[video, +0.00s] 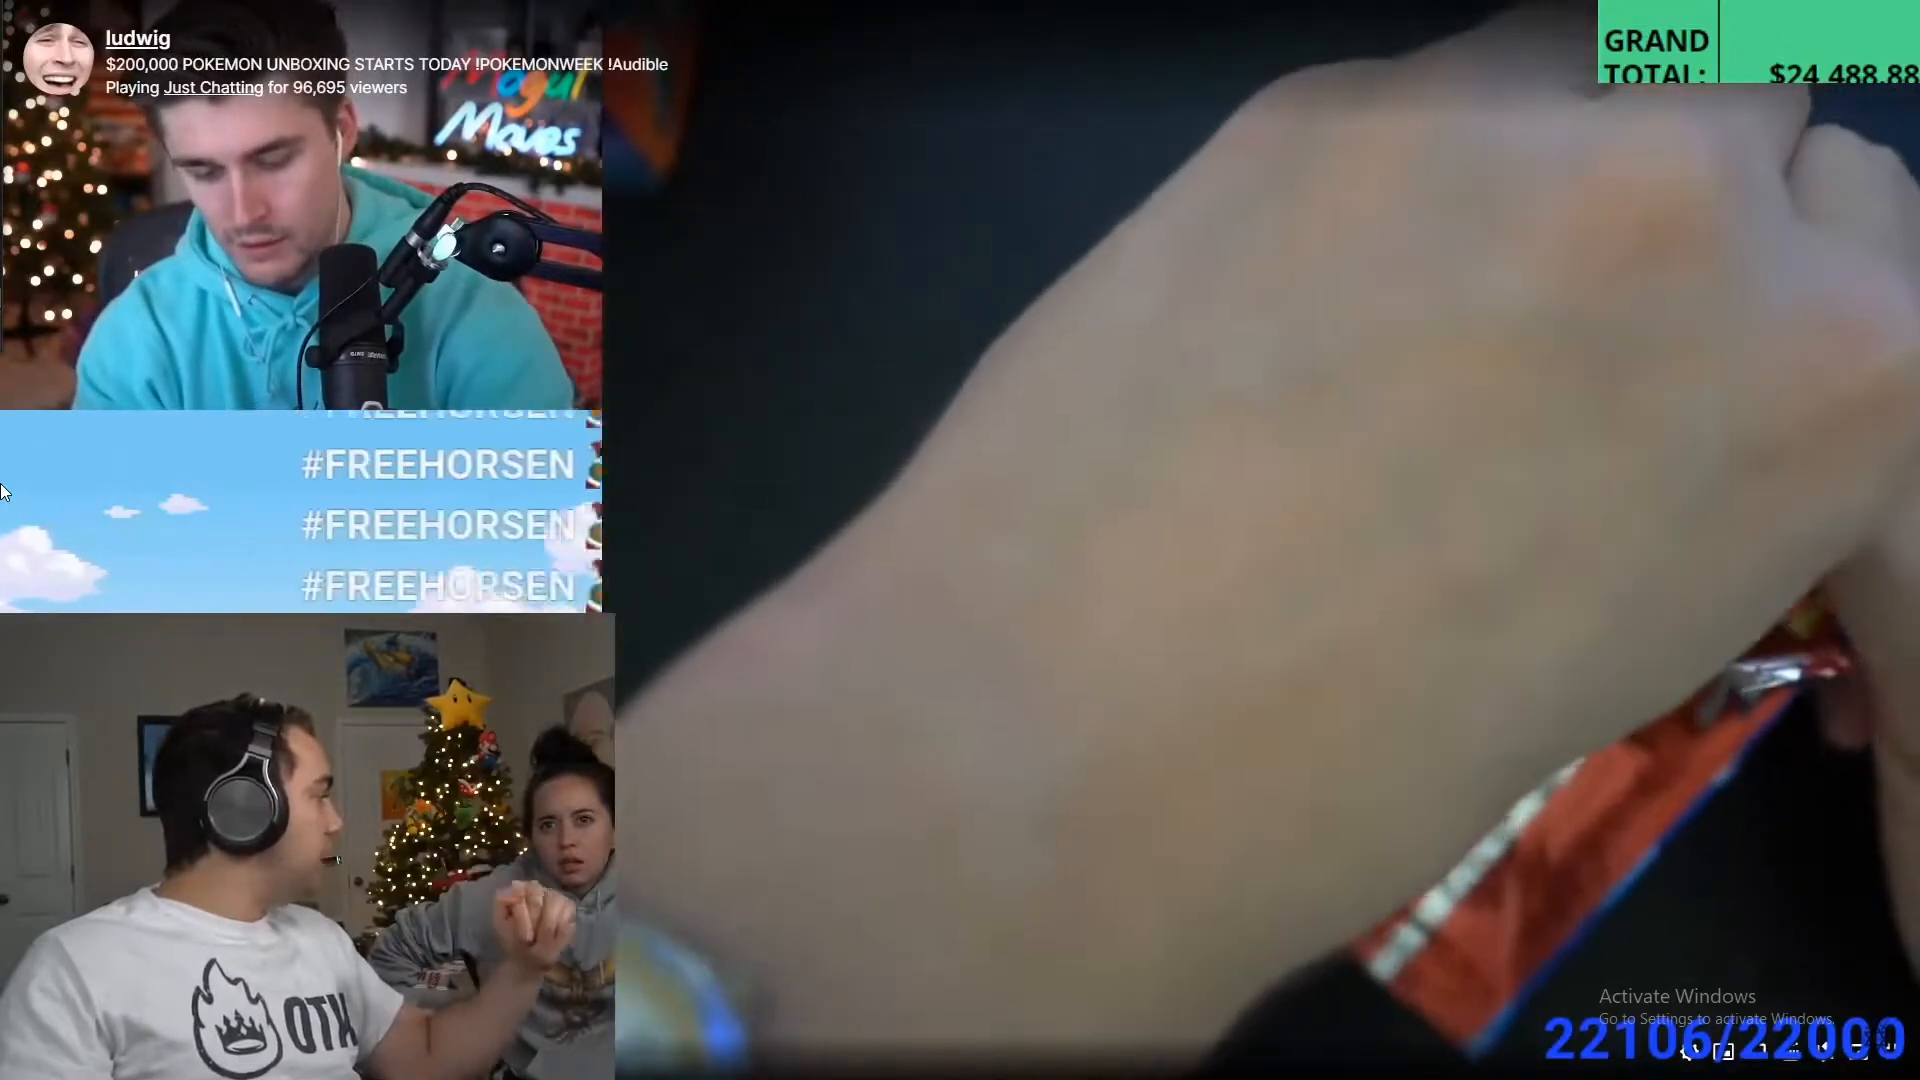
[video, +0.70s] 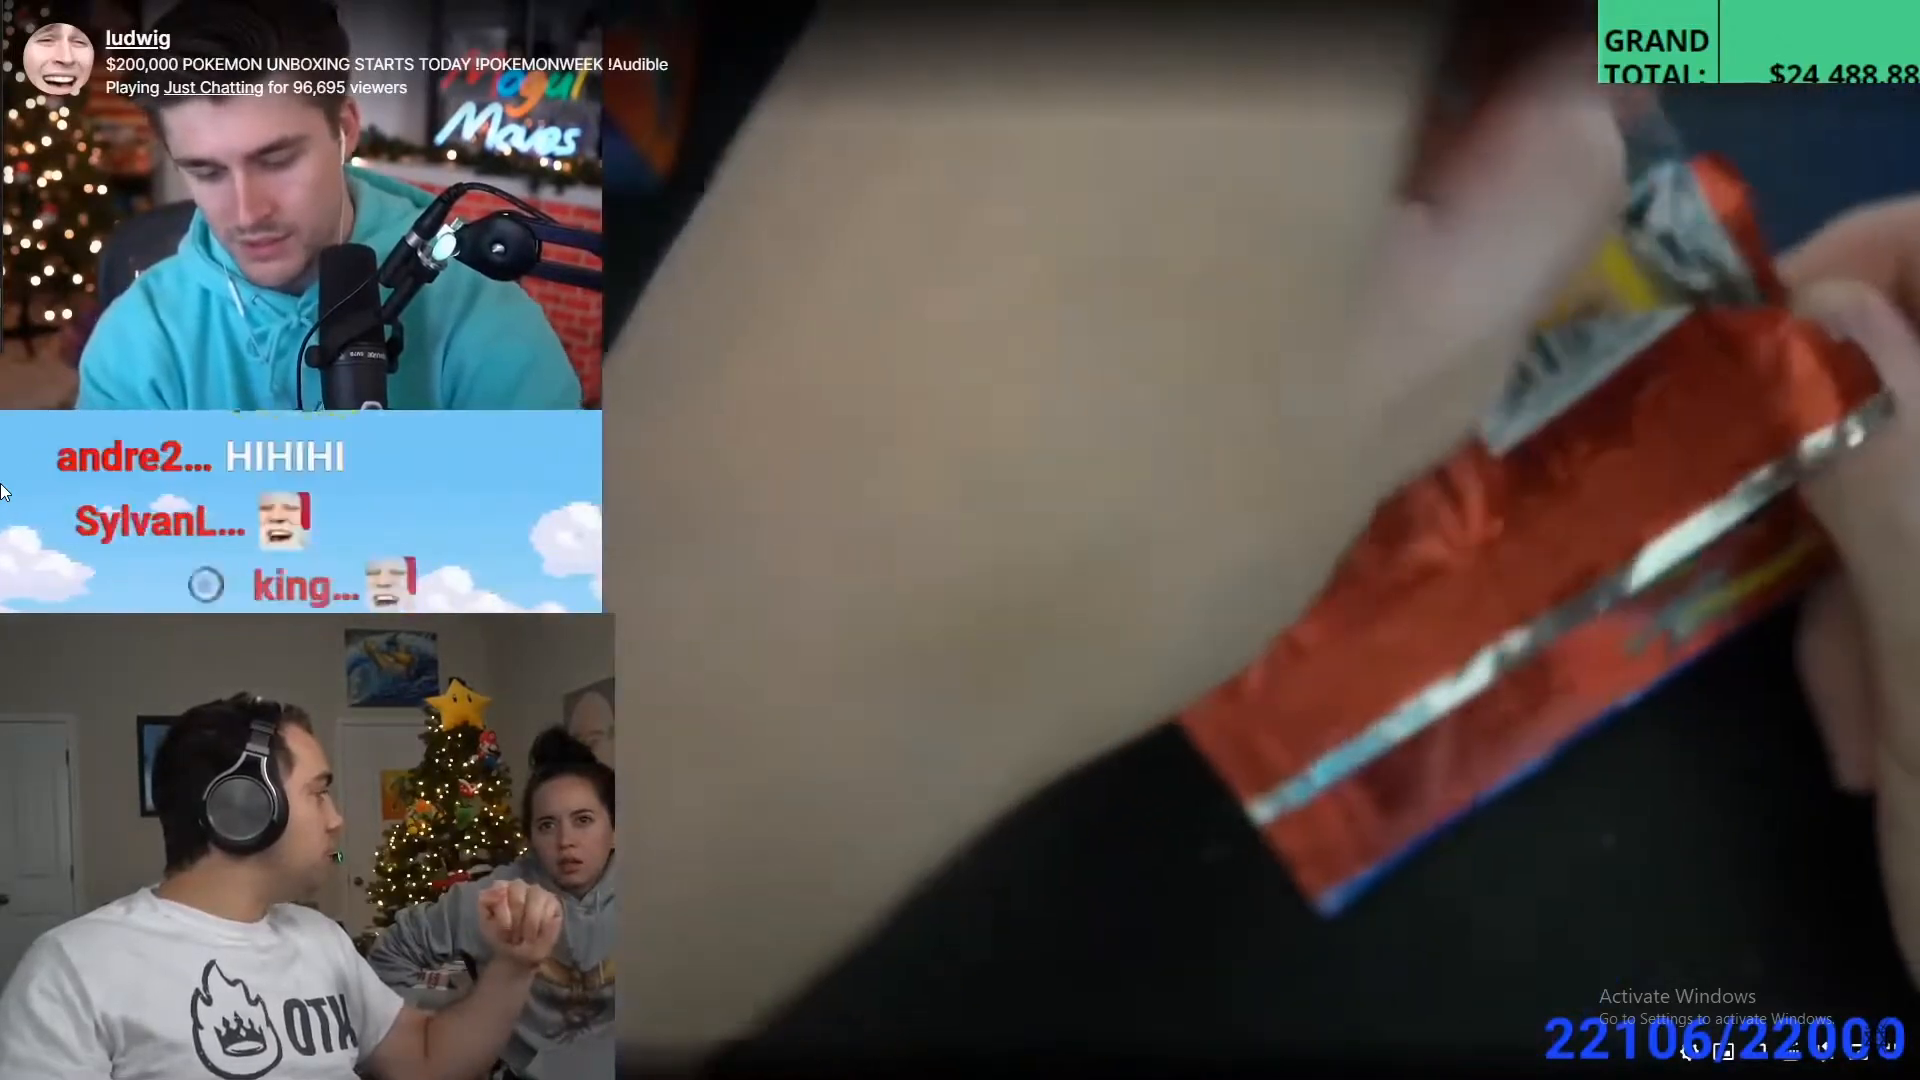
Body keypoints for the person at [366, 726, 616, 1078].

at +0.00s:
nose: (567, 842)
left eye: (584, 821)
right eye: (548, 825)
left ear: (614, 828)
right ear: (530, 837)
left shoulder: (645, 896)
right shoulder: (488, 901)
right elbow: (388, 956)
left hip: (629, 1069)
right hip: (537, 1073)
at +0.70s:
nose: (566, 842)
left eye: (583, 821)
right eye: (547, 826)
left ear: (614, 829)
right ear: (530, 837)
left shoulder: (643, 892)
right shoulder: (492, 899)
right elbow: (389, 956)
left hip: (625, 1066)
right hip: (535, 1072)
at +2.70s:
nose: (564, 842)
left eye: (582, 822)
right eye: (546, 826)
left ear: (612, 831)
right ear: (528, 838)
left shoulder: (644, 891)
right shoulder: (490, 897)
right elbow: (389, 955)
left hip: (627, 1067)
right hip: (535, 1072)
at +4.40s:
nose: (556, 829)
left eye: (575, 811)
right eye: (539, 814)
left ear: (608, 827)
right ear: (523, 833)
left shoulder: (640, 888)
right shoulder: (483, 899)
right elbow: (386, 956)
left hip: (626, 1067)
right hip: (534, 1071)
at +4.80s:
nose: (550, 834)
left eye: (570, 815)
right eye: (533, 819)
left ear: (605, 830)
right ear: (518, 835)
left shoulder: (636, 892)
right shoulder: (476, 903)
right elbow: (383, 955)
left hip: (622, 1068)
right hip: (530, 1072)